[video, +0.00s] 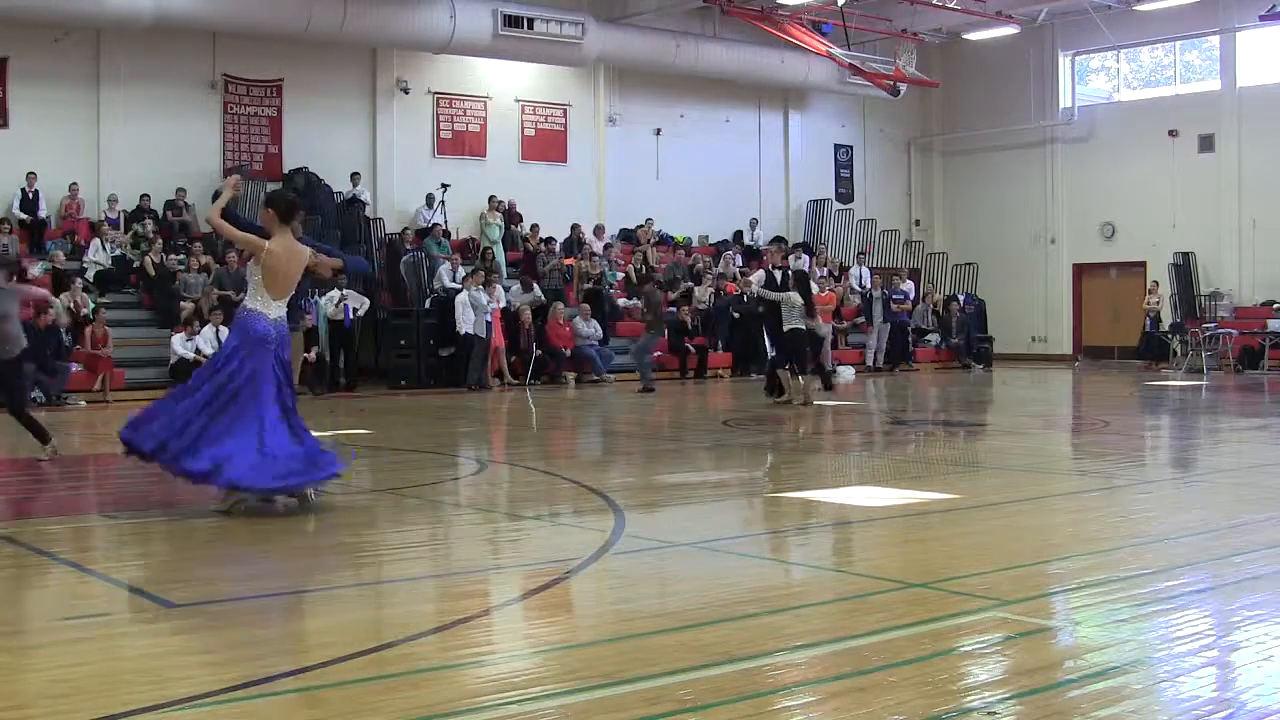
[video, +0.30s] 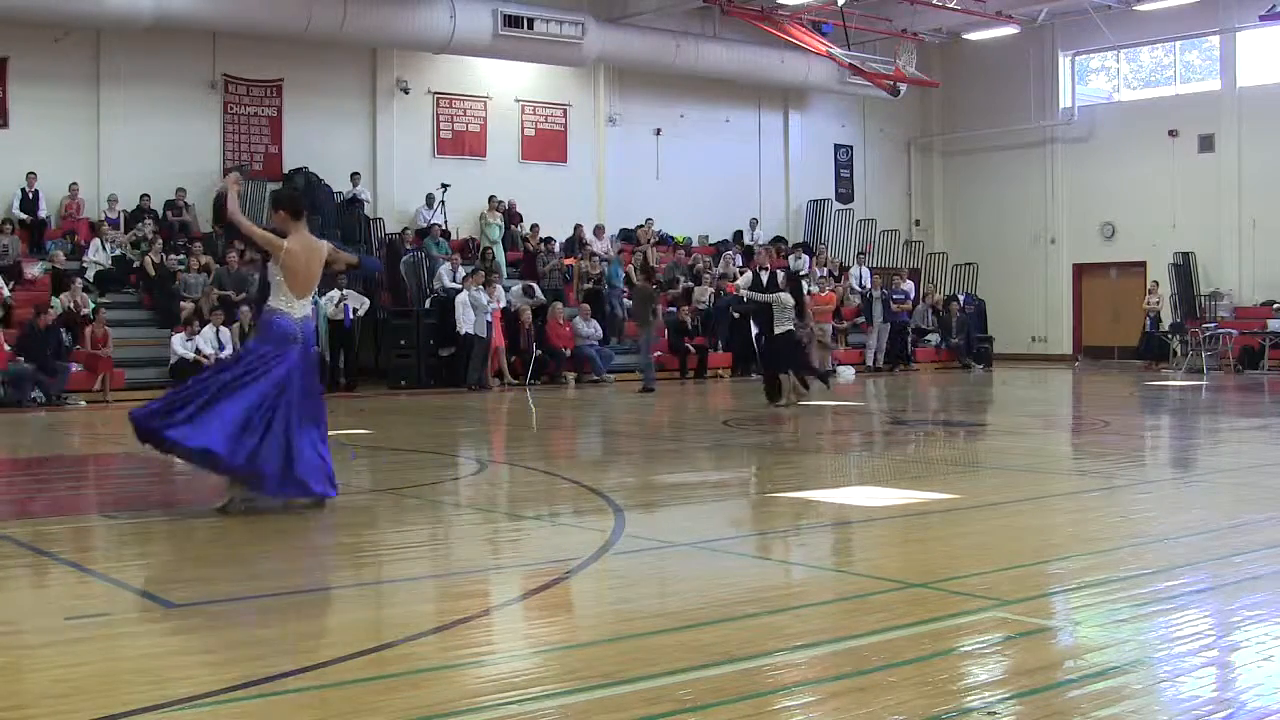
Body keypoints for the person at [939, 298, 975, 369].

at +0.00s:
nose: (955, 307)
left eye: (956, 305)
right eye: (953, 305)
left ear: (958, 307)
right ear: (949, 307)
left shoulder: (963, 318)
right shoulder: (944, 318)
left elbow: (964, 332)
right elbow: (943, 332)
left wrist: (958, 338)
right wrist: (950, 339)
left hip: (959, 338)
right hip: (949, 339)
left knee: (961, 344)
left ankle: (964, 361)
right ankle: (964, 360)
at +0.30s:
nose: (955, 307)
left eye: (956, 305)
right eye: (953, 305)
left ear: (958, 307)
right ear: (949, 307)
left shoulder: (963, 318)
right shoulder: (944, 318)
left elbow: (964, 332)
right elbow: (943, 332)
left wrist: (958, 338)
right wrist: (950, 339)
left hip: (959, 339)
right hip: (949, 339)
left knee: (961, 345)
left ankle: (964, 361)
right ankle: (964, 360)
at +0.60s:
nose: (954, 307)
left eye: (956, 305)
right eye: (952, 305)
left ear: (959, 307)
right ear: (949, 307)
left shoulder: (963, 318)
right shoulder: (944, 318)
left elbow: (964, 331)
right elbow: (943, 332)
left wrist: (958, 338)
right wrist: (950, 339)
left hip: (959, 338)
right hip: (949, 339)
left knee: (962, 344)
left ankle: (963, 360)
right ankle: (964, 360)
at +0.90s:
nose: (954, 307)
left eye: (956, 305)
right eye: (952, 305)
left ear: (959, 307)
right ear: (949, 307)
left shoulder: (963, 318)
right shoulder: (944, 318)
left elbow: (964, 332)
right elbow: (943, 332)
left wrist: (958, 338)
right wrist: (950, 339)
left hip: (960, 338)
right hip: (949, 339)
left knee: (962, 344)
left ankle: (963, 360)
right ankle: (964, 360)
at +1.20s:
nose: (954, 306)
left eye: (956, 305)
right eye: (952, 305)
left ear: (959, 307)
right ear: (949, 307)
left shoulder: (963, 318)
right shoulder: (945, 318)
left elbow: (964, 330)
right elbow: (943, 332)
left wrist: (958, 338)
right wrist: (949, 339)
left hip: (959, 338)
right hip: (950, 338)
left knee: (962, 344)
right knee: (953, 345)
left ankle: (964, 360)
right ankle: (962, 360)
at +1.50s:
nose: (954, 306)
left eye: (956, 305)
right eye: (952, 305)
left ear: (959, 307)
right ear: (949, 307)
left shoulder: (963, 318)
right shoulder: (945, 318)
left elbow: (964, 330)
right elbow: (943, 331)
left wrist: (958, 338)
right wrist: (949, 339)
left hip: (959, 338)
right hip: (950, 338)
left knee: (962, 344)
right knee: (953, 345)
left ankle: (964, 360)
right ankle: (962, 360)